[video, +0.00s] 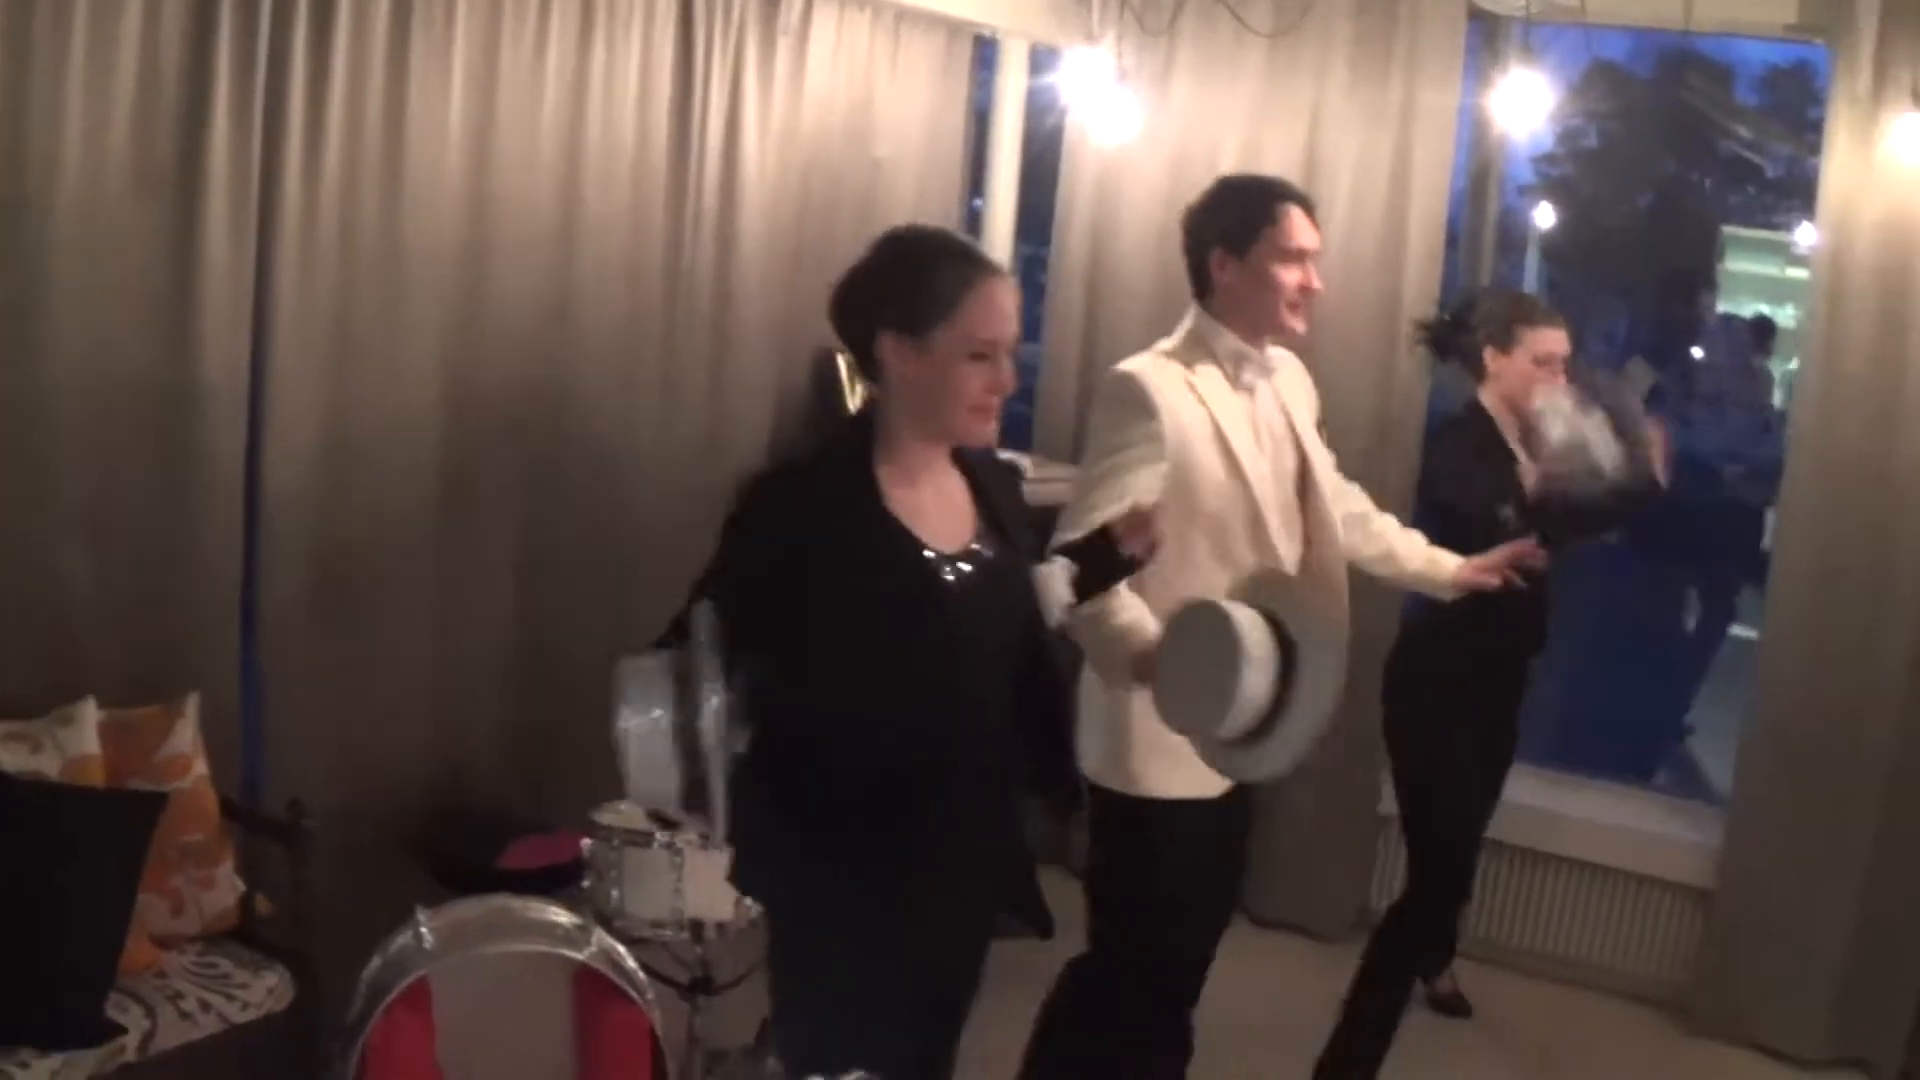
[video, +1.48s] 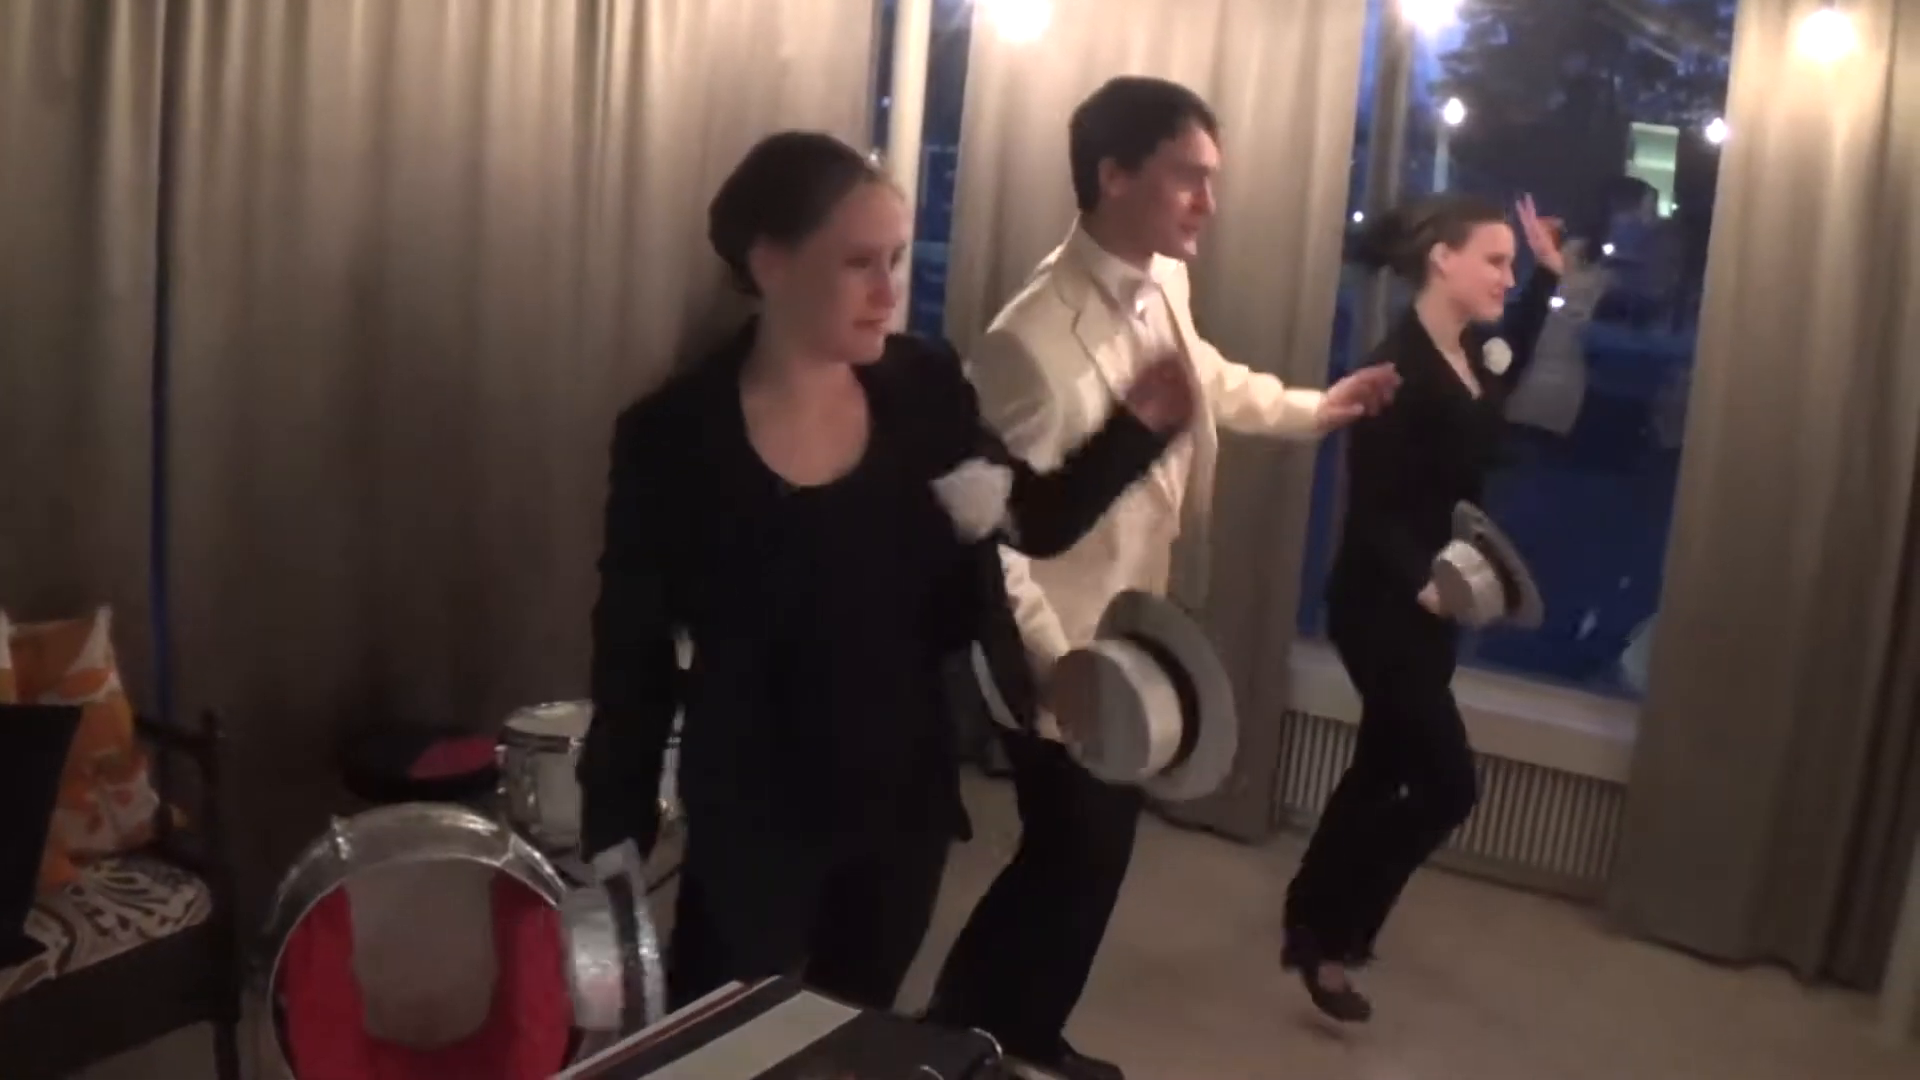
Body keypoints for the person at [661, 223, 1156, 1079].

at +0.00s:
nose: (1006, 381)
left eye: (1009, 357)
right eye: (980, 358)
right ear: (895, 354)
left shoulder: (991, 490)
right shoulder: (793, 506)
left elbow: (1001, 630)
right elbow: (694, 664)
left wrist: (1103, 558)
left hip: (959, 875)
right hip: (831, 882)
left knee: (922, 1064)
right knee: (829, 1065)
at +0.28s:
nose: (881, 351)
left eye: (904, 326)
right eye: (859, 317)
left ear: (921, 317)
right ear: (784, 285)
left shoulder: (859, 438)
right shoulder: (693, 436)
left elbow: (855, 617)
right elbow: (628, 640)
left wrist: (905, 667)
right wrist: (719, 667)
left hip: (823, 820)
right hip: (683, 826)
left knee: (925, 1051)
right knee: (697, 1064)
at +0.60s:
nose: (896, 284)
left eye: (910, 256)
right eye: (871, 257)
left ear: (922, 252)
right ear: (780, 254)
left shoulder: (895, 405)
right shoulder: (670, 391)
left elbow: (899, 627)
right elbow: (592, 591)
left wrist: (871, 789)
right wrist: (742, 534)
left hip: (792, 814)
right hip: (641, 807)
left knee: (786, 1052)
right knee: (636, 1060)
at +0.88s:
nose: (906, 282)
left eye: (907, 257)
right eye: (895, 256)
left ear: (822, 258)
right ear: (817, 256)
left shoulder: (804, 394)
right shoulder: (689, 391)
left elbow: (808, 596)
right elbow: (570, 608)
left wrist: (946, 577)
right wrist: (537, 825)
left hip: (774, 802)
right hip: (671, 814)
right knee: (673, 1058)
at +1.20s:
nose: (929, 283)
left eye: (927, 259)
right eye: (909, 259)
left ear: (836, 263)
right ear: (822, 261)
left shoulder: (851, 397)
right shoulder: (729, 396)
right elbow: (605, 594)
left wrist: (972, 453)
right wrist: (506, 783)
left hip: (837, 812)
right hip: (724, 821)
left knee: (937, 1037)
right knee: (728, 1062)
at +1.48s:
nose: (889, 290)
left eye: (897, 261)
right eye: (861, 263)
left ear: (905, 259)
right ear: (766, 262)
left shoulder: (922, 386)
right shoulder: (670, 439)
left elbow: (1036, 522)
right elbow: (632, 652)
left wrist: (1137, 431)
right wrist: (615, 833)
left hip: (901, 805)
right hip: (753, 816)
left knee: (846, 1044)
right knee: (720, 1045)